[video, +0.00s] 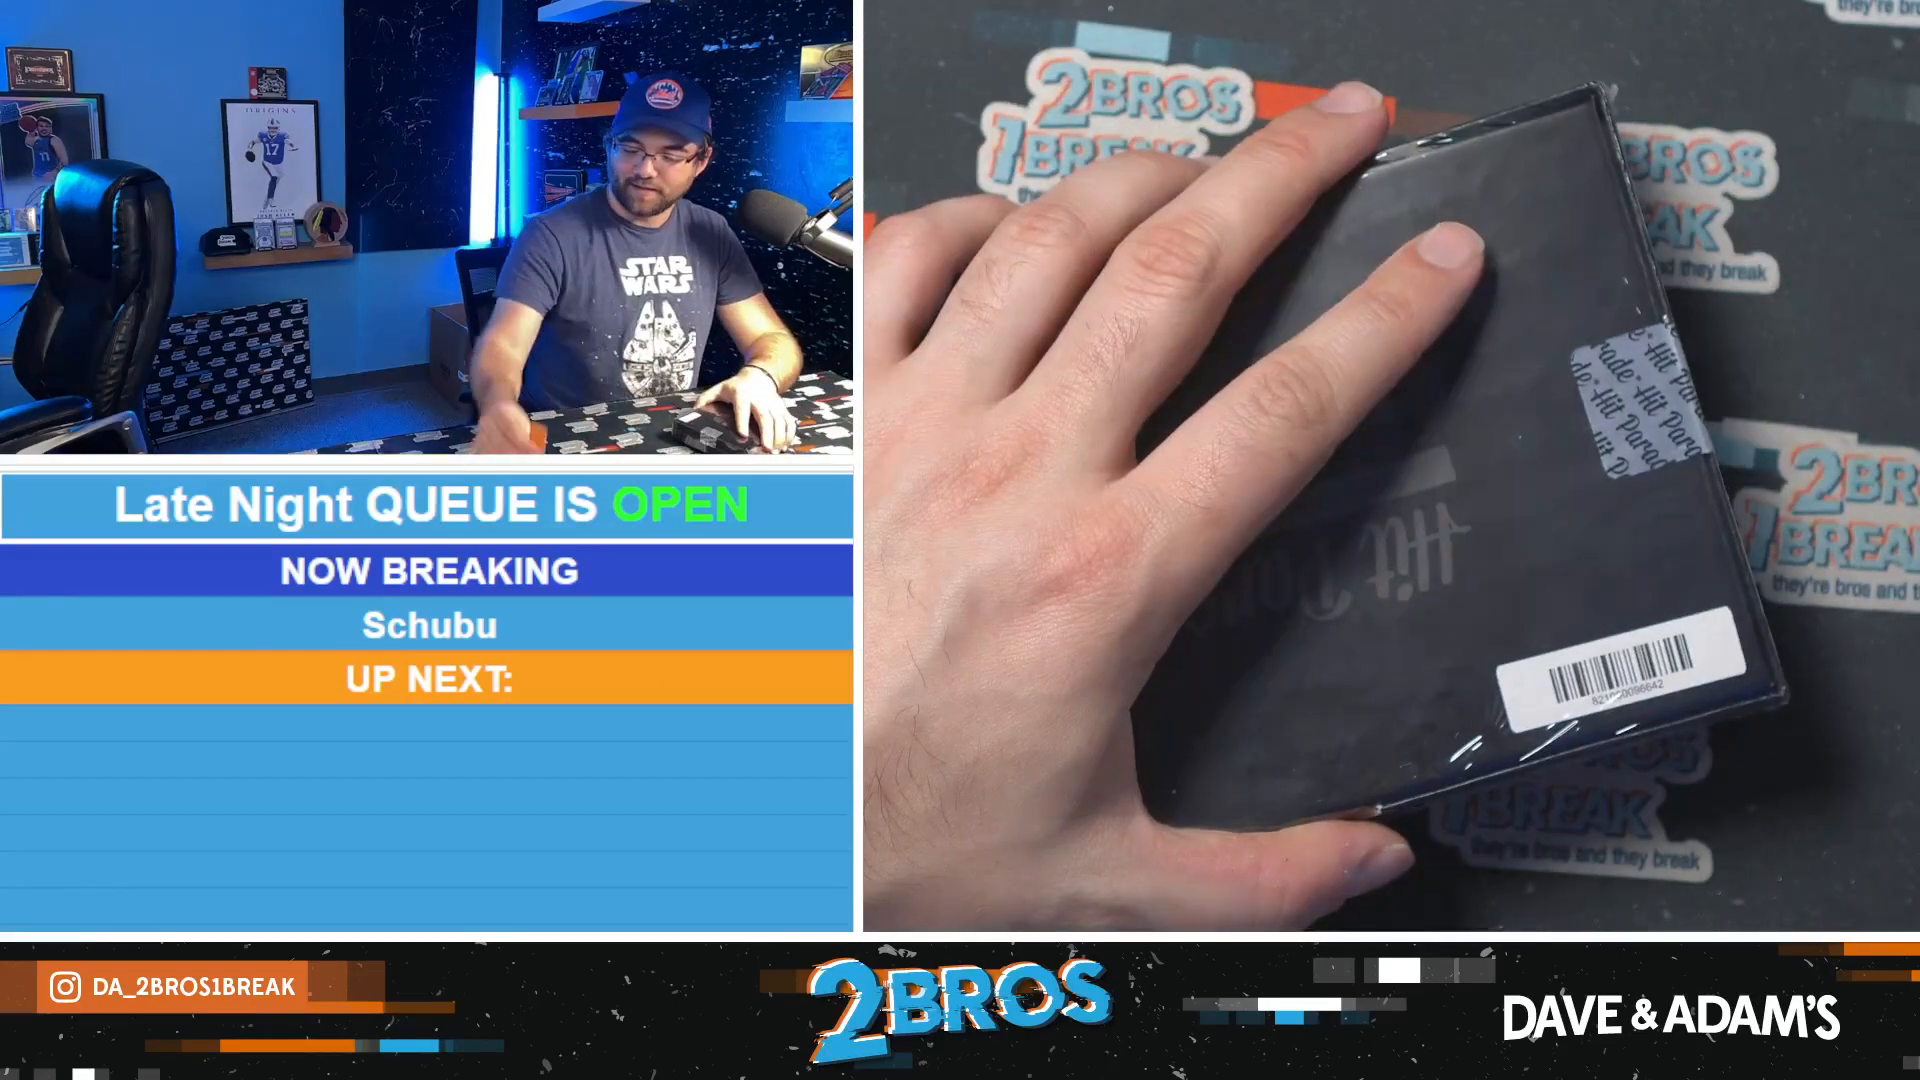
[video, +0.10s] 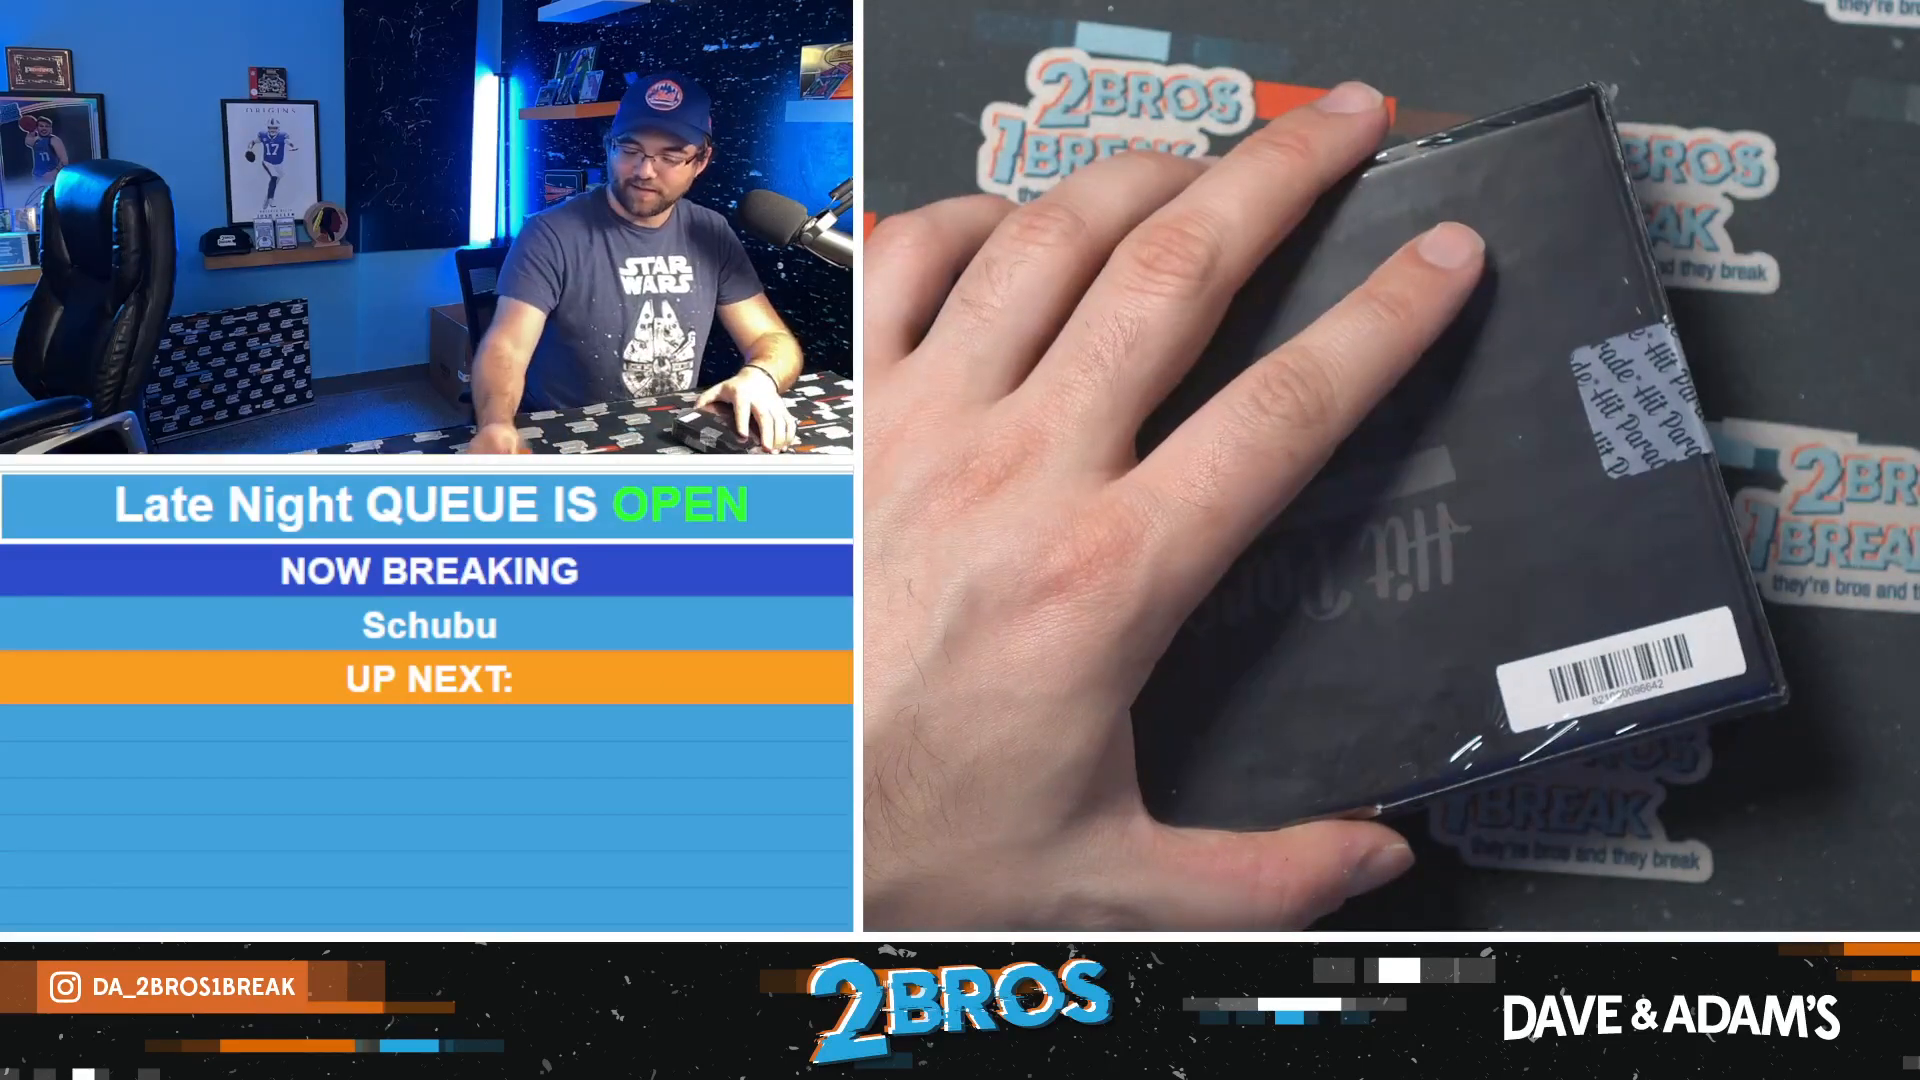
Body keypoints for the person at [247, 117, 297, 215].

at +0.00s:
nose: (273, 130)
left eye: (275, 128)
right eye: (271, 128)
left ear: (278, 128)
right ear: (268, 128)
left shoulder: (283, 136)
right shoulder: (263, 136)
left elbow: (289, 142)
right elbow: (253, 142)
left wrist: (292, 146)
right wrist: (250, 149)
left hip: (278, 163)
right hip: (267, 162)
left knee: (276, 181)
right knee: (274, 176)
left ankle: (267, 200)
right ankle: (270, 199)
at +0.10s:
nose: (273, 130)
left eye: (275, 128)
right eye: (271, 128)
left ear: (278, 128)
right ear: (268, 128)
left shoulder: (283, 136)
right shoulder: (263, 136)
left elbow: (289, 142)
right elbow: (253, 142)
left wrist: (292, 146)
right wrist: (250, 149)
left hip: (278, 163)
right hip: (267, 162)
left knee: (276, 181)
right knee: (274, 176)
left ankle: (267, 200)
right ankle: (270, 199)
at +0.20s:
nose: (273, 130)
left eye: (275, 128)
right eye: (271, 128)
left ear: (278, 128)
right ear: (268, 128)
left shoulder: (283, 136)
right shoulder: (263, 136)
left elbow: (289, 142)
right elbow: (253, 142)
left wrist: (292, 146)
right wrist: (250, 149)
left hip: (278, 163)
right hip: (267, 162)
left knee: (276, 181)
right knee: (274, 176)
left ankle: (267, 200)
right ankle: (270, 199)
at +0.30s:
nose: (273, 130)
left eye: (275, 128)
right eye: (271, 128)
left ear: (278, 129)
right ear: (268, 128)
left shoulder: (282, 136)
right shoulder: (263, 136)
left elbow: (289, 142)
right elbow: (253, 142)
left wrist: (292, 147)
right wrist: (250, 148)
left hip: (278, 163)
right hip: (267, 162)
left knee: (276, 182)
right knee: (274, 176)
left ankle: (267, 200)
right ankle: (270, 199)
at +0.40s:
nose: (273, 130)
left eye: (275, 128)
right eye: (271, 128)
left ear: (278, 128)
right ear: (268, 128)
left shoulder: (283, 136)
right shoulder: (263, 136)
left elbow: (289, 142)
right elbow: (253, 142)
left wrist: (292, 146)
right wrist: (250, 149)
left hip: (278, 163)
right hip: (267, 162)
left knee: (276, 181)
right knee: (274, 176)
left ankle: (267, 200)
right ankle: (270, 199)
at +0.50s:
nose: (272, 130)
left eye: (275, 128)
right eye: (270, 128)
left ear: (278, 129)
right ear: (268, 128)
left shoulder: (283, 136)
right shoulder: (263, 136)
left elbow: (289, 142)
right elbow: (253, 142)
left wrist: (292, 146)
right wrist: (250, 149)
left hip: (278, 163)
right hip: (267, 162)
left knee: (276, 181)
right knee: (274, 176)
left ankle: (267, 200)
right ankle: (270, 199)